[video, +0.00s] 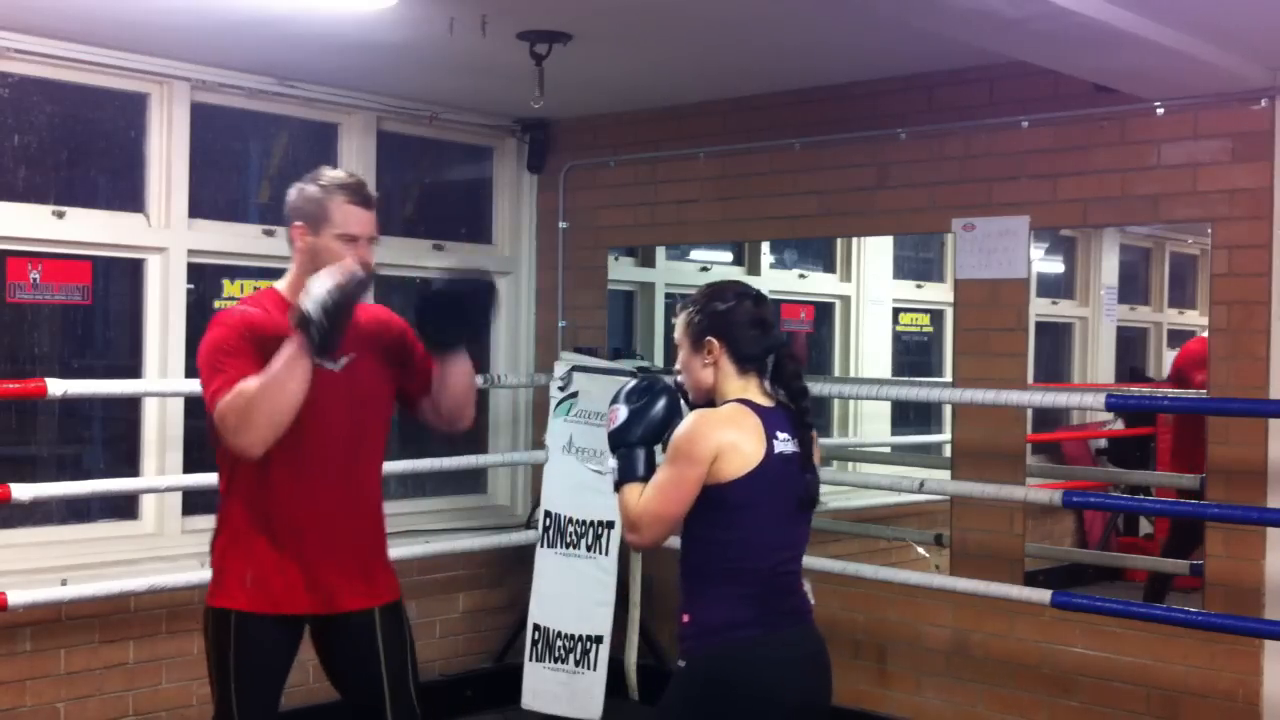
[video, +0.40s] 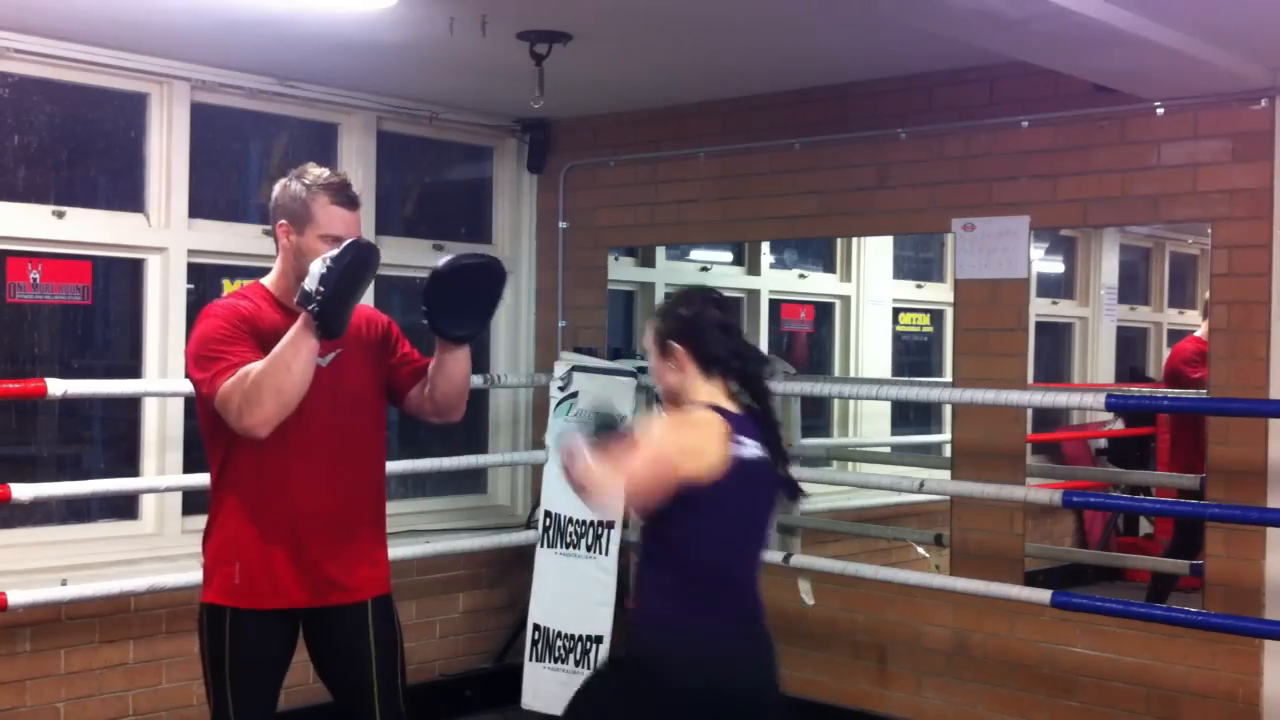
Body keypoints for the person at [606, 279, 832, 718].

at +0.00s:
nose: (676, 365)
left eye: (680, 351)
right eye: (676, 351)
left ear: (712, 352)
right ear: (756, 351)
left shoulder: (706, 429)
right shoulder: (798, 428)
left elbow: (640, 530)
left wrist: (629, 448)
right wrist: (680, 430)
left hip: (723, 665)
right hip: (797, 656)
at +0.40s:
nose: (653, 375)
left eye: (653, 361)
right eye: (649, 362)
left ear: (677, 357)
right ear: (724, 354)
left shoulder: (689, 429)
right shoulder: (756, 433)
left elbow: (614, 491)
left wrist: (576, 453)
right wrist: (637, 449)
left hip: (672, 658)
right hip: (740, 656)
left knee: (584, 709)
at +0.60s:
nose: (611, 373)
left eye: (611, 361)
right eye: (608, 362)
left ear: (632, 358)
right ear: (685, 356)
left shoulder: (603, 415)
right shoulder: (727, 439)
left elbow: (489, 418)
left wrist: (503, 375)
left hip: (602, 659)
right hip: (687, 665)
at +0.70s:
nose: (593, 366)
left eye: (594, 356)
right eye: (593, 355)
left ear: (611, 360)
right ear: (667, 361)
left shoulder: (571, 420)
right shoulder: (704, 442)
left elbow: (460, 419)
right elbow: (709, 533)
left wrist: (456, 374)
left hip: (562, 635)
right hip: (647, 647)